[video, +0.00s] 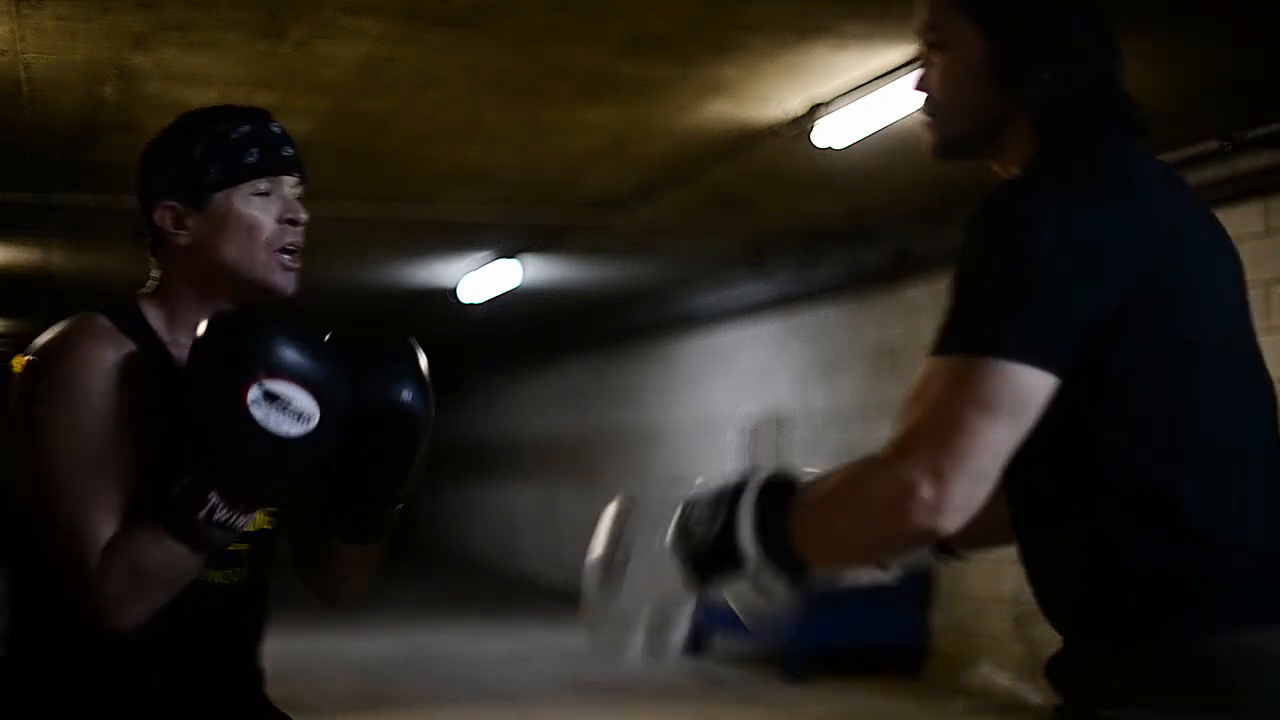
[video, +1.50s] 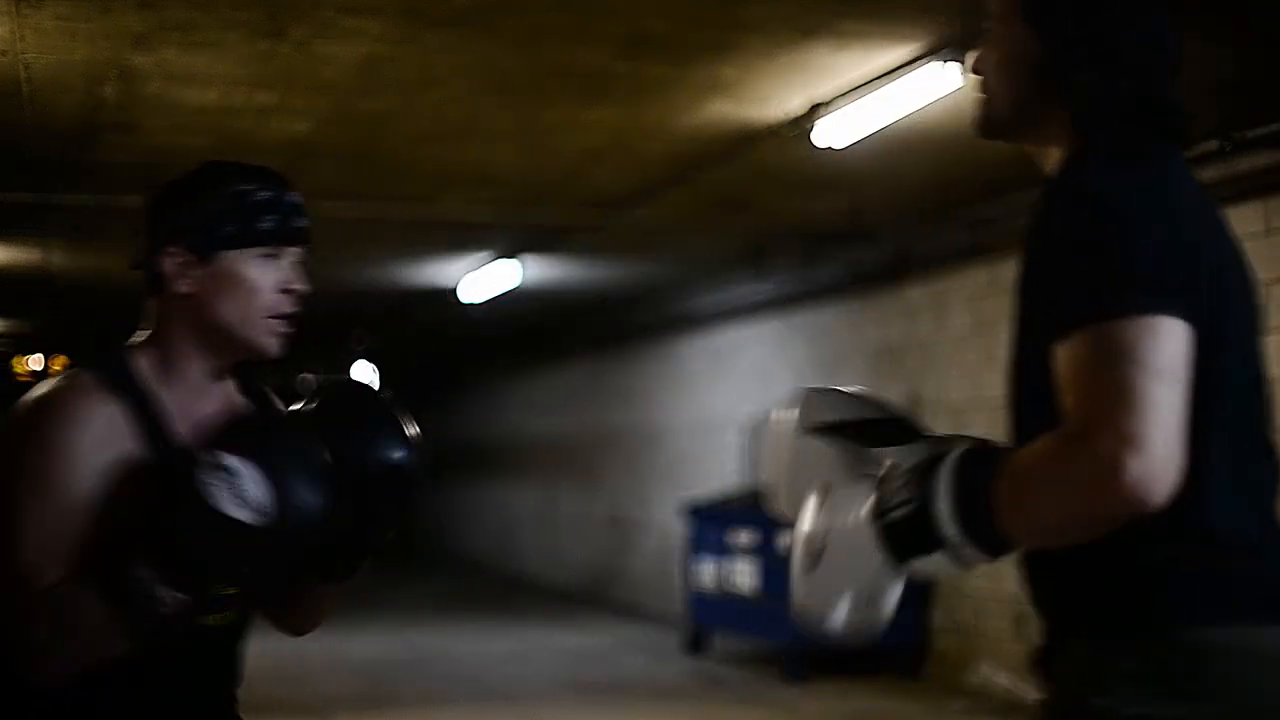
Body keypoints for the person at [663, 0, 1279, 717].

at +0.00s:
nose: (919, 80)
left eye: (938, 49)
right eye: (925, 52)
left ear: (1018, 58)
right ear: (1025, 64)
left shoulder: (1044, 213)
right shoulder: (1147, 198)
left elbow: (930, 492)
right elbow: (1088, 462)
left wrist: (752, 525)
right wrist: (908, 535)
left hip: (1168, 663)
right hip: (1240, 645)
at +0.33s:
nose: (1011, 73)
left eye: (1036, 43)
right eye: (1024, 44)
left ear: (1111, 57)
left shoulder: (1152, 207)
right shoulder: (1200, 199)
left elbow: (1109, 484)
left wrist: (968, 349)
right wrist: (1003, 342)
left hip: (1193, 673)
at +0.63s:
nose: (1016, 76)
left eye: (1041, 47)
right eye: (1028, 48)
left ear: (1115, 62)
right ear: (1121, 66)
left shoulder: (1171, 212)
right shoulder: (1167, 206)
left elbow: (1116, 487)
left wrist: (947, 350)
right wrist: (967, 341)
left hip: (1197, 673)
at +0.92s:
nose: (939, 55)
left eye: (957, 33)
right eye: (947, 33)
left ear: (1015, 47)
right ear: (1094, 50)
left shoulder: (1006, 199)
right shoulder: (1190, 198)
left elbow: (854, 391)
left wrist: (755, 319)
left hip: (1088, 629)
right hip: (1247, 612)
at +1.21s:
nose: (873, 51)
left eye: (894, 24)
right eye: (883, 25)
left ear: (955, 38)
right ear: (989, 41)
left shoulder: (979, 176)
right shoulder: (1049, 166)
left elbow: (894, 461)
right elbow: (884, 412)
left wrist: (799, 473)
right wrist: (712, 301)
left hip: (1080, 656)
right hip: (1171, 626)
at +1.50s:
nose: (975, 59)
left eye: (994, 32)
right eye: (984, 35)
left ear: (1059, 45)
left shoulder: (1115, 197)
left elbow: (1129, 461)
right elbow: (1098, 449)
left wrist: (949, 501)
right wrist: (943, 467)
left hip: (1170, 662)